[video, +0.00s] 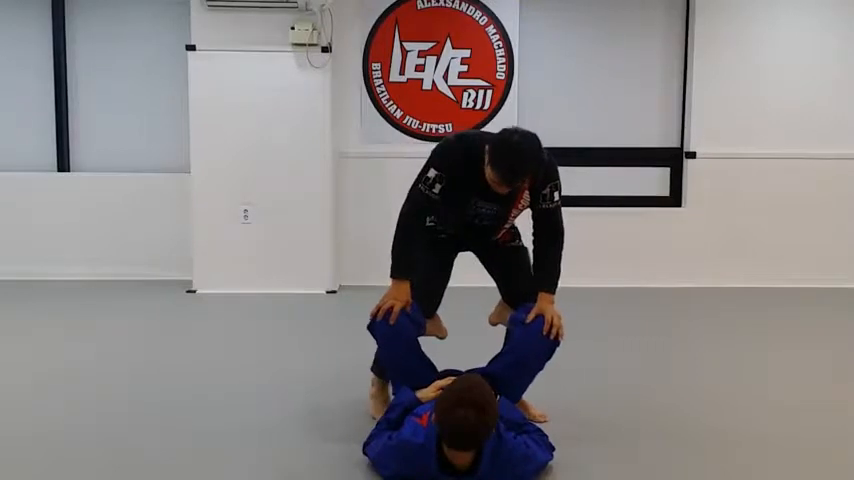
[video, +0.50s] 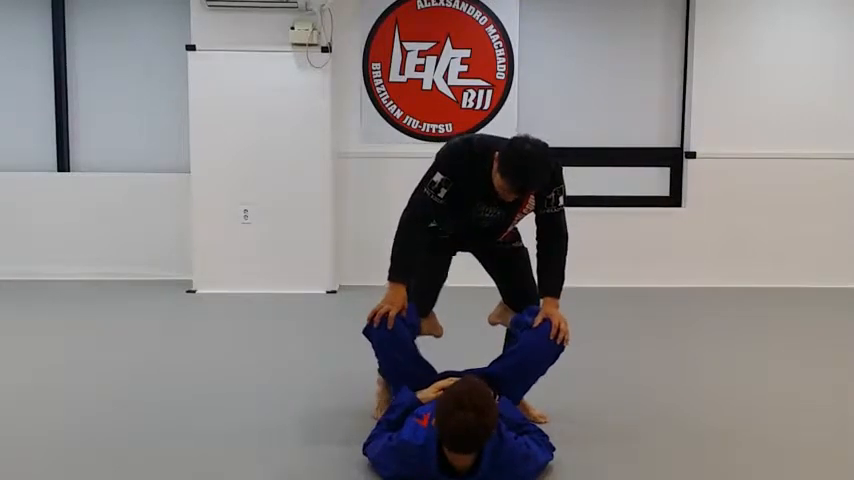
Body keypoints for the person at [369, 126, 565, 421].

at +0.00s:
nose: (501, 189)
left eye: (510, 187)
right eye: (496, 182)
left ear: (528, 174)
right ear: (487, 159)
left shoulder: (542, 170)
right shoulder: (454, 152)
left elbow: (550, 231)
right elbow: (411, 213)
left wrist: (546, 296)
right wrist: (399, 280)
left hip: (497, 233)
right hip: (441, 231)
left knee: (529, 306)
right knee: (418, 309)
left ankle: (509, 393)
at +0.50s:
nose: (510, 197)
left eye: (518, 194)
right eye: (506, 189)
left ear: (536, 182)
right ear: (496, 163)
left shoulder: (547, 175)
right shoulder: (459, 156)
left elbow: (553, 235)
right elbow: (413, 217)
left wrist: (551, 302)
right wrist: (396, 286)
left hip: (497, 236)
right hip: (440, 233)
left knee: (529, 310)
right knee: (413, 311)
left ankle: (509, 394)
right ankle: (387, 381)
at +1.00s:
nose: (501, 203)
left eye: (509, 202)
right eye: (496, 197)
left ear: (528, 187)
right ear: (488, 170)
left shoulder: (543, 174)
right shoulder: (455, 157)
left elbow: (551, 235)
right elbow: (408, 218)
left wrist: (550, 300)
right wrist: (387, 288)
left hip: (496, 233)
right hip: (439, 230)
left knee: (529, 308)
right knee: (414, 308)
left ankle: (509, 393)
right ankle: (382, 377)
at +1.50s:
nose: (498, 211)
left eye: (506, 208)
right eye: (494, 202)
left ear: (527, 196)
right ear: (487, 174)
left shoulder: (538, 188)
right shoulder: (455, 157)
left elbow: (508, 243)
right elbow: (409, 218)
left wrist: (463, 283)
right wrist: (388, 289)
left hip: (494, 235)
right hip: (440, 228)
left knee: (525, 309)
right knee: (412, 306)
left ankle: (508, 391)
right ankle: (386, 379)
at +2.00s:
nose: (502, 204)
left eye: (511, 202)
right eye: (499, 197)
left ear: (531, 188)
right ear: (490, 172)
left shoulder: (542, 177)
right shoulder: (455, 159)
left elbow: (548, 233)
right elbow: (408, 222)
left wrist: (546, 293)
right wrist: (387, 292)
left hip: (493, 230)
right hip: (439, 228)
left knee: (524, 301)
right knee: (420, 306)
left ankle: (508, 390)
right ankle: (382, 375)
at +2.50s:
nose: (527, 209)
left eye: (534, 204)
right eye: (523, 200)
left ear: (548, 191)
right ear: (508, 175)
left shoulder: (547, 181)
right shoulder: (465, 163)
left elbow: (548, 238)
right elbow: (417, 226)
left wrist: (546, 298)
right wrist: (392, 295)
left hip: (493, 233)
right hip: (442, 231)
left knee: (526, 305)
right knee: (437, 313)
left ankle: (508, 392)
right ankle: (384, 373)